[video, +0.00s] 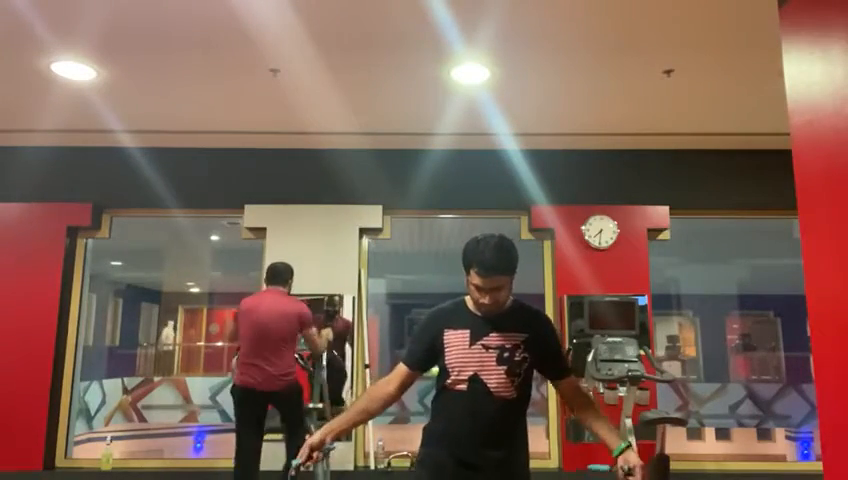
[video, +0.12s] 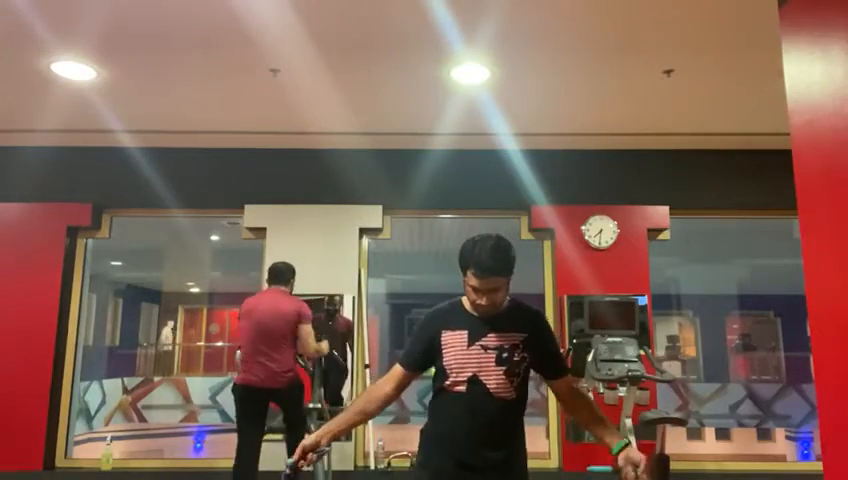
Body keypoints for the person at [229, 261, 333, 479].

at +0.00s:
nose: (290, 285)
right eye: (291, 282)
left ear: (266, 281)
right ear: (289, 283)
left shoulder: (246, 304)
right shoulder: (298, 308)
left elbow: (231, 337)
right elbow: (317, 348)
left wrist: (255, 331)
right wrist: (325, 336)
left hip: (248, 387)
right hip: (284, 386)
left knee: (247, 445)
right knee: (295, 433)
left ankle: (245, 477)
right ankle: (294, 473)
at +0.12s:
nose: (292, 285)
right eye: (293, 281)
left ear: (267, 280)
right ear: (292, 282)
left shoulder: (247, 304)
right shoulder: (299, 307)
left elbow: (246, 343)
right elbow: (308, 350)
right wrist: (323, 348)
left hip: (249, 384)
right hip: (284, 384)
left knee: (247, 444)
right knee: (295, 427)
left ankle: (243, 477)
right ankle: (297, 472)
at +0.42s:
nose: (295, 283)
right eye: (296, 280)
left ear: (271, 278)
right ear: (295, 280)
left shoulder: (250, 302)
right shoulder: (305, 305)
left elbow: (239, 338)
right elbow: (324, 342)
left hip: (255, 382)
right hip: (291, 383)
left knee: (254, 428)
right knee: (286, 433)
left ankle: (252, 473)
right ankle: (283, 475)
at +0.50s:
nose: (295, 284)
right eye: (295, 281)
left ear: (270, 280)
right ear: (294, 281)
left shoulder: (250, 303)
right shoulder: (304, 306)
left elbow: (230, 344)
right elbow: (324, 341)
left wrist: (228, 375)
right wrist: (331, 329)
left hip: (254, 384)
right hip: (290, 385)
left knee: (255, 429)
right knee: (284, 435)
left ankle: (257, 474)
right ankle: (278, 475)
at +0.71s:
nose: (292, 280)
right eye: (293, 276)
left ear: (268, 275)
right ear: (292, 276)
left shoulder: (246, 297)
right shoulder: (302, 300)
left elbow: (227, 338)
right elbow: (320, 332)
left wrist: (243, 342)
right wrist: (329, 326)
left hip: (250, 382)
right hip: (284, 382)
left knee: (255, 440)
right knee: (285, 440)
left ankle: (254, 476)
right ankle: (281, 476)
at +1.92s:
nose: (290, 282)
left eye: (287, 277)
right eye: (291, 277)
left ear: (268, 276)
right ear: (291, 277)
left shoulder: (250, 302)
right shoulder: (298, 302)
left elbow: (242, 341)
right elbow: (307, 345)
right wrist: (321, 348)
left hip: (250, 383)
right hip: (286, 381)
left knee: (251, 441)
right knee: (294, 427)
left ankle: (245, 475)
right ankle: (293, 469)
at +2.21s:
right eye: (292, 280)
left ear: (268, 279)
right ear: (293, 281)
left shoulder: (249, 302)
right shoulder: (304, 304)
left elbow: (235, 339)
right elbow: (325, 339)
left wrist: (229, 365)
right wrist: (332, 326)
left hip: (255, 383)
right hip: (291, 384)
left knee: (256, 427)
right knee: (286, 435)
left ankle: (253, 471)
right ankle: (284, 475)